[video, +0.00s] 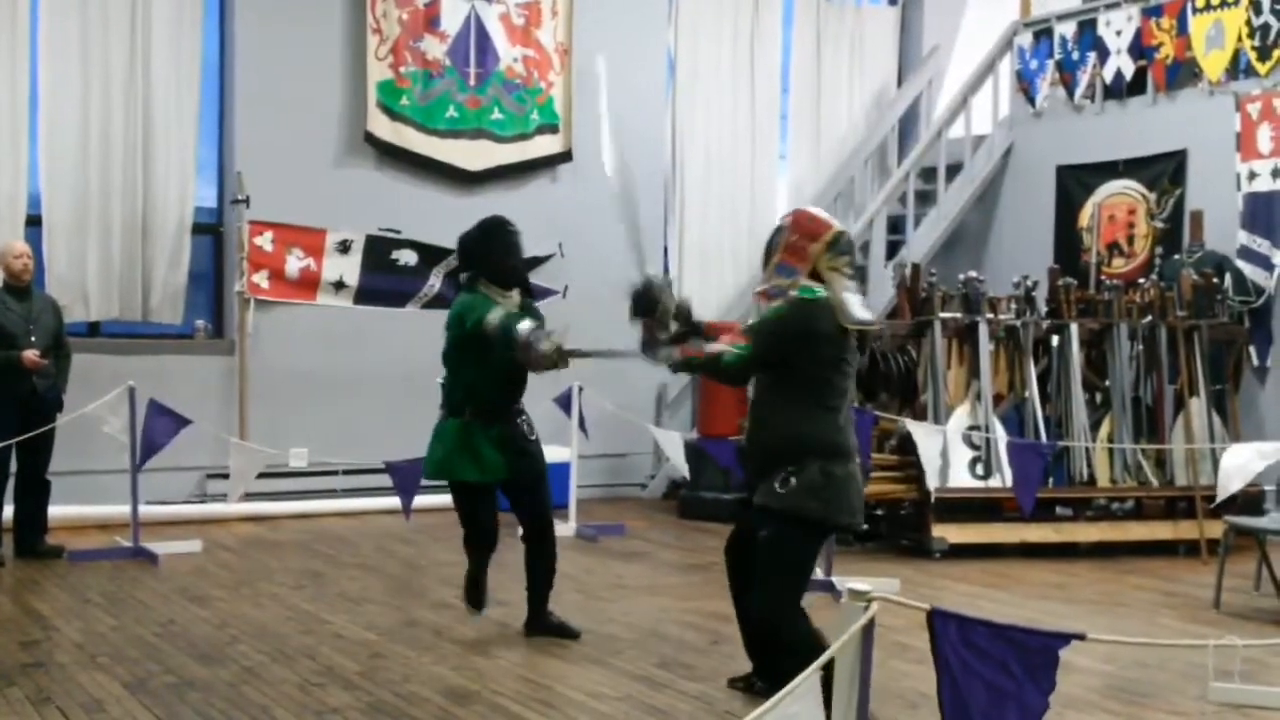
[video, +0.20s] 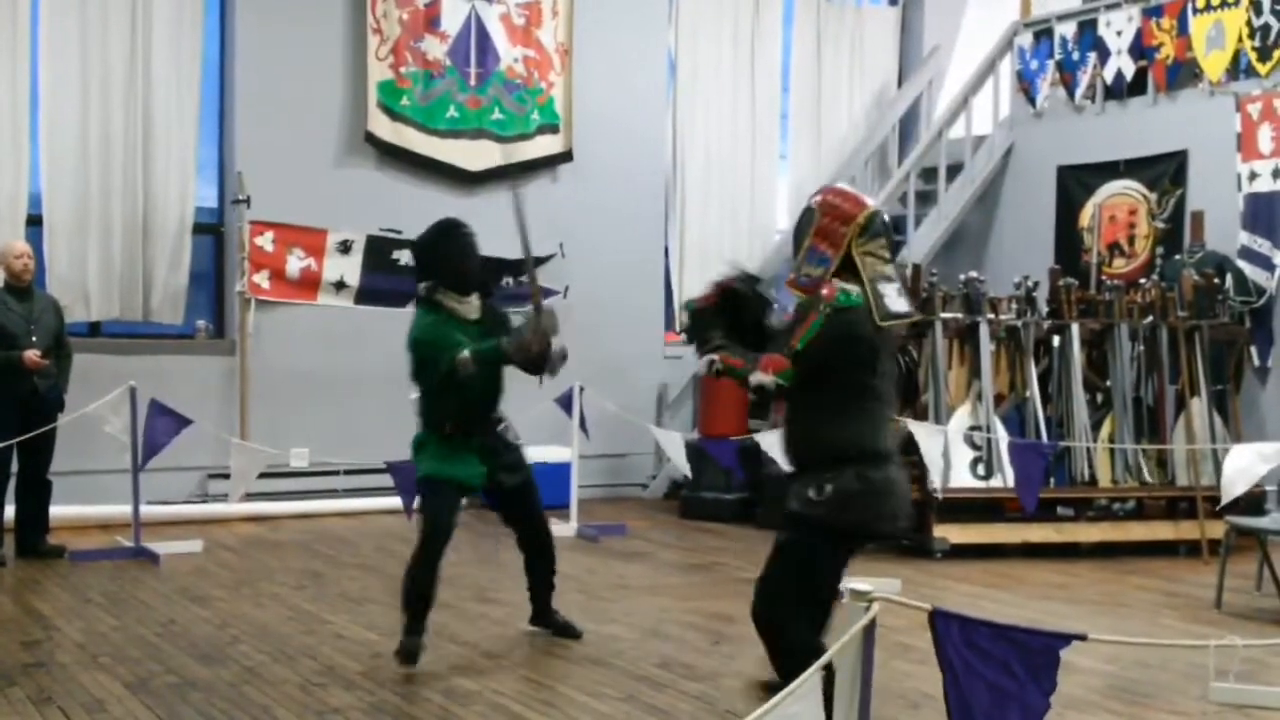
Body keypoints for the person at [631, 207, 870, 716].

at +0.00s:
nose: (776, 257)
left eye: (783, 248)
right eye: (779, 248)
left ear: (800, 253)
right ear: (817, 255)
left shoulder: (807, 312)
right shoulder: (812, 308)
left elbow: (738, 367)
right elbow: (751, 347)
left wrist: (679, 358)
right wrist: (697, 334)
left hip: (808, 480)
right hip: (796, 474)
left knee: (770, 587)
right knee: (741, 554)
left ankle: (820, 681)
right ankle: (771, 670)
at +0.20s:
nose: (801, 244)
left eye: (811, 233)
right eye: (805, 232)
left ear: (831, 241)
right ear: (851, 242)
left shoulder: (840, 308)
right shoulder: (857, 305)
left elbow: (784, 372)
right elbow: (805, 367)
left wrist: (723, 353)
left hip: (841, 486)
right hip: (855, 482)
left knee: (776, 602)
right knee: (802, 594)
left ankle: (811, 696)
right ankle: (808, 685)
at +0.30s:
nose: (810, 254)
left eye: (818, 242)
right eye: (813, 241)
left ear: (838, 248)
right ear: (871, 246)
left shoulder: (851, 316)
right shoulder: (893, 308)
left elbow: (794, 390)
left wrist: (751, 376)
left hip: (865, 492)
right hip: (902, 486)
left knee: (787, 601)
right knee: (833, 591)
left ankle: (831, 706)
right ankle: (884, 696)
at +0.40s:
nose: (841, 247)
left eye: (849, 235)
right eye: (843, 234)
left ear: (869, 240)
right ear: (904, 239)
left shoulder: (874, 311)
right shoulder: (930, 306)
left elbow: (831, 390)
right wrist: (807, 347)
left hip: (894, 498)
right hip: (941, 493)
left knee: (808, 595)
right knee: (879, 592)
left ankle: (832, 707)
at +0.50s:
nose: (875, 254)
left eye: (884, 241)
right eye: (878, 240)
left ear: (907, 247)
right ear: (946, 243)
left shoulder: (909, 312)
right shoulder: (975, 306)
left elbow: (858, 385)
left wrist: (817, 404)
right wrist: (842, 380)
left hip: (929, 505)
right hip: (984, 502)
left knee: (830, 591)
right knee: (947, 615)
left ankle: (837, 708)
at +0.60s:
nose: (930, 243)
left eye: (938, 230)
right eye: (934, 229)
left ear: (962, 239)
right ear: (995, 238)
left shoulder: (957, 312)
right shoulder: (1028, 304)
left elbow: (903, 391)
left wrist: (850, 410)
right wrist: (870, 396)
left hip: (973, 510)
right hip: (1031, 507)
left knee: (876, 599)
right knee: (1040, 632)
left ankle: (856, 709)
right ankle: (1157, 714)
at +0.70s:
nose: (977, 241)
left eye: (987, 229)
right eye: (981, 227)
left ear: (1009, 234)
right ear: (1049, 228)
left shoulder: (1006, 308)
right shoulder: (1082, 295)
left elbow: (969, 402)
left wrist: (937, 434)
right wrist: (957, 415)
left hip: (1026, 510)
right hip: (1091, 505)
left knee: (932, 622)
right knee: (1117, 635)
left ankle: (883, 710)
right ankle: (1178, 714)